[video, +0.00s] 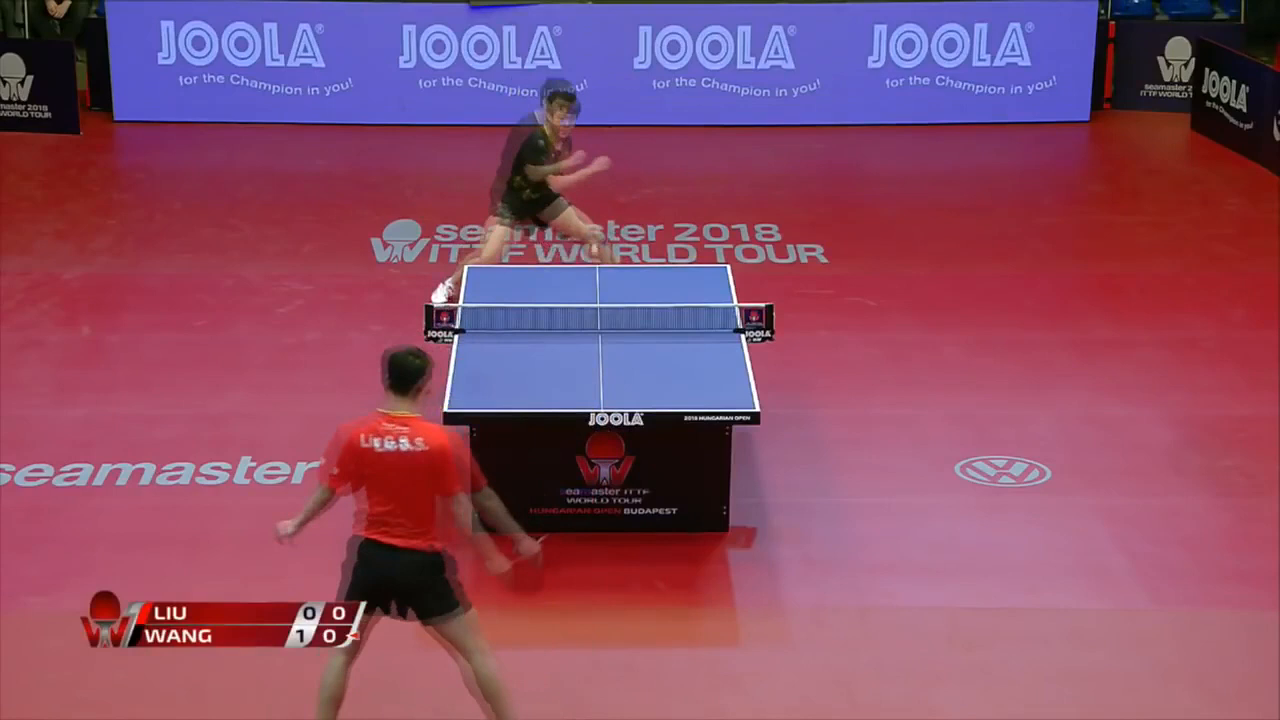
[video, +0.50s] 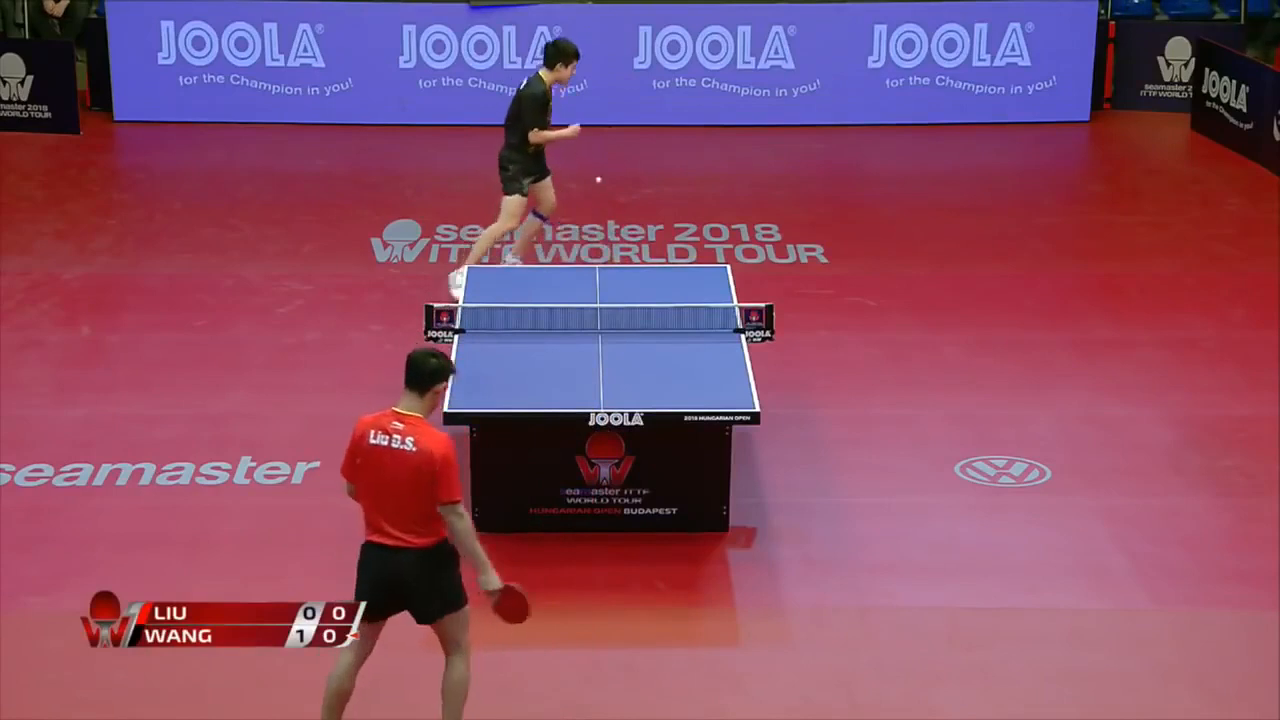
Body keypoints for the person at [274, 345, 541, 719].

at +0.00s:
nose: (430, 387)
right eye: (429, 381)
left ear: (386, 381)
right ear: (424, 386)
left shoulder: (354, 434)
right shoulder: (441, 441)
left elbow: (327, 493)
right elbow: (463, 512)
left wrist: (295, 525)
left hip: (371, 560)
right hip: (424, 565)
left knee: (343, 652)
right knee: (476, 653)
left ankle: (323, 717)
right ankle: (506, 715)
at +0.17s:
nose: (419, 384)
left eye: (420, 377)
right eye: (420, 378)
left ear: (378, 375)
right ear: (413, 383)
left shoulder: (343, 425)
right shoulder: (420, 436)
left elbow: (325, 485)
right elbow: (431, 504)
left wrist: (324, 507)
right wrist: (454, 564)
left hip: (356, 555)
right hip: (408, 559)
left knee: (340, 650)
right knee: (454, 646)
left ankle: (322, 718)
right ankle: (476, 715)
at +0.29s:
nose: (424, 385)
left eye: (424, 378)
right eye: (424, 378)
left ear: (382, 375)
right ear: (414, 384)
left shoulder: (345, 420)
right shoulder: (415, 438)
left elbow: (334, 485)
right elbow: (422, 508)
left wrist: (372, 499)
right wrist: (443, 569)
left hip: (355, 555)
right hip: (404, 559)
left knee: (342, 649)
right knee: (448, 643)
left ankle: (321, 718)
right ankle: (455, 716)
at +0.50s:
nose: (446, 394)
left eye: (446, 387)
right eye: (446, 387)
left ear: (406, 381)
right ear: (437, 389)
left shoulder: (366, 426)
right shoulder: (437, 445)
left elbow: (353, 489)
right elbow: (453, 513)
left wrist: (396, 499)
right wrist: (486, 571)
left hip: (377, 562)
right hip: (429, 566)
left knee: (355, 648)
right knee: (457, 652)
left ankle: (328, 717)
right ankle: (451, 718)